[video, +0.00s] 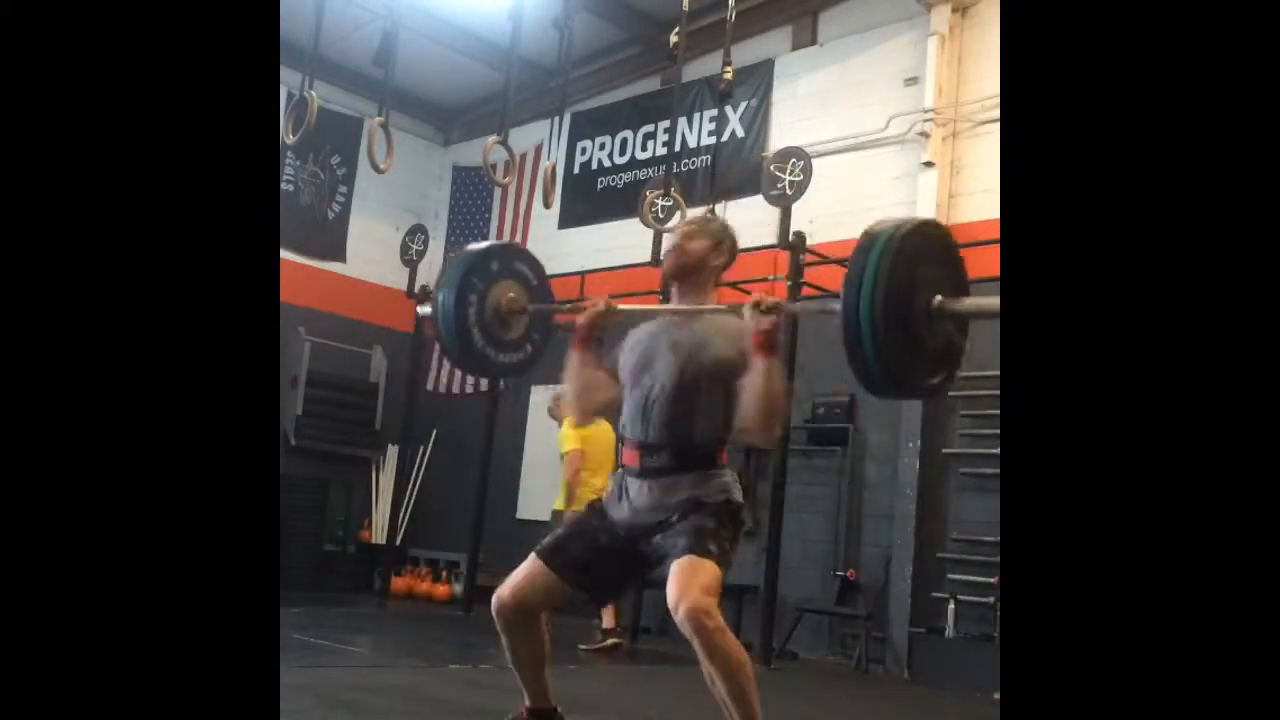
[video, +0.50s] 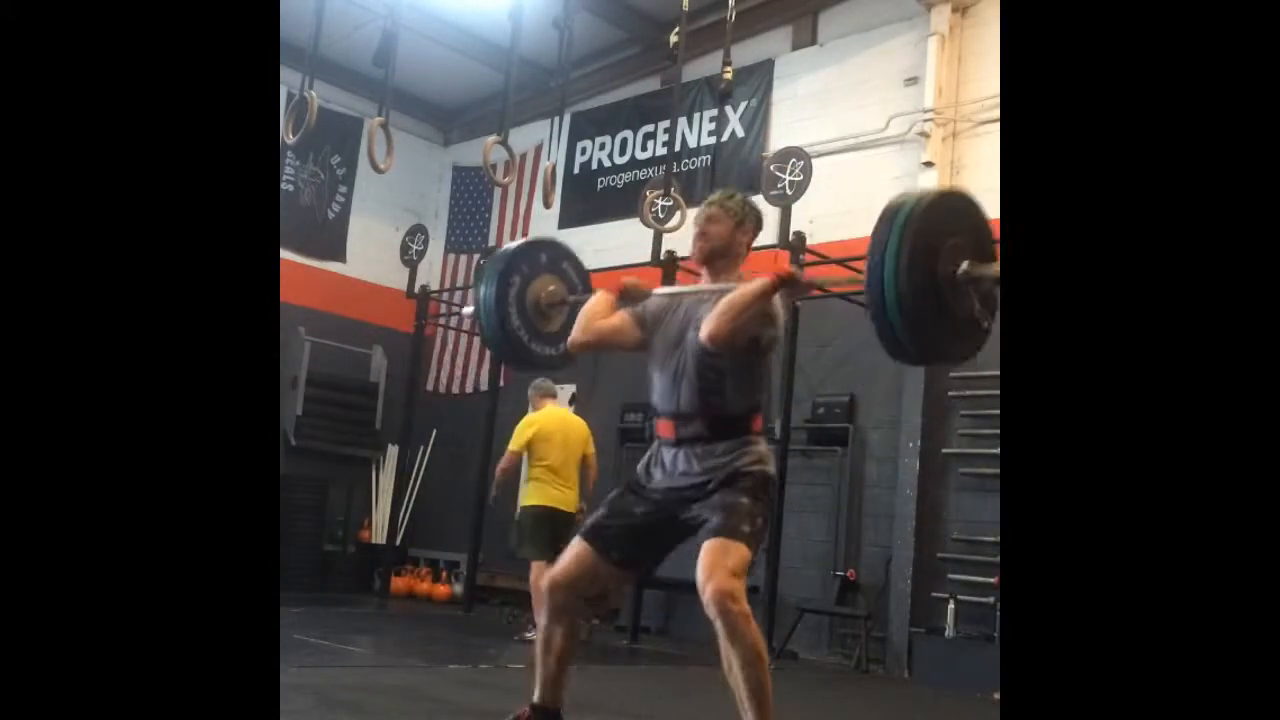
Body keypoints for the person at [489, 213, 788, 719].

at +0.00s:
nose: (672, 243)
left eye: (690, 234)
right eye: (673, 235)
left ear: (721, 255)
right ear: (666, 255)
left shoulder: (736, 329)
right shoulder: (641, 335)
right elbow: (581, 406)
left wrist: (765, 346)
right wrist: (583, 340)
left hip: (699, 499)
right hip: (625, 500)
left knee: (692, 609)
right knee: (511, 603)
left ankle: (749, 716)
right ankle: (539, 707)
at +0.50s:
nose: (699, 228)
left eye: (713, 220)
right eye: (698, 220)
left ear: (745, 233)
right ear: (695, 234)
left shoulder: (759, 299)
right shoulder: (665, 304)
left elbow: (714, 334)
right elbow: (582, 335)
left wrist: (770, 281)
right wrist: (611, 292)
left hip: (735, 463)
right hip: (664, 464)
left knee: (720, 590)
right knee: (560, 584)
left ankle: (758, 716)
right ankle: (544, 709)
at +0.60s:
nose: (709, 204)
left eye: (723, 195)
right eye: (709, 196)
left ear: (755, 208)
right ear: (705, 212)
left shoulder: (771, 268)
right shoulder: (676, 283)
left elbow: (729, 294)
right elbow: (587, 309)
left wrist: (779, 247)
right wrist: (622, 268)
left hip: (747, 439)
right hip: (678, 441)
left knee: (736, 585)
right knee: (597, 577)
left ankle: (762, 715)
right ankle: (566, 703)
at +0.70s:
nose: (715, 177)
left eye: (731, 169)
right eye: (713, 171)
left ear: (762, 187)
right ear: (708, 190)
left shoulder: (772, 251)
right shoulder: (683, 262)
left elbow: (741, 266)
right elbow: (593, 299)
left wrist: (789, 229)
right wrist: (628, 252)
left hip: (745, 433)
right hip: (679, 433)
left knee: (744, 580)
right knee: (618, 569)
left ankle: (768, 715)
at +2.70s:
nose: (690, 163)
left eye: (705, 155)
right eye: (689, 155)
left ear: (736, 173)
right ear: (683, 172)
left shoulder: (741, 237)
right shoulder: (655, 242)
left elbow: (709, 234)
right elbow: (559, 261)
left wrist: (764, 203)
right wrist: (606, 226)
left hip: (708, 417)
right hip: (640, 416)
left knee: (726, 579)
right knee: (628, 575)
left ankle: (739, 714)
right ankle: (604, 709)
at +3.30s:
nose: (680, 222)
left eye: (698, 220)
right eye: (681, 218)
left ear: (724, 248)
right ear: (672, 246)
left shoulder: (728, 307)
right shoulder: (641, 321)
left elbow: (686, 324)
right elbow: (545, 337)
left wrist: (740, 284)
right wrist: (590, 300)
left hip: (730, 485)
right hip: (663, 488)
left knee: (705, 594)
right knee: (561, 581)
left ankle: (732, 716)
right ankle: (595, 710)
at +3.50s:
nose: (671, 302)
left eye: (690, 298)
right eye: (671, 298)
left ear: (716, 323)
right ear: (661, 320)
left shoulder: (722, 389)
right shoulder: (632, 395)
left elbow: (676, 425)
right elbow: (538, 429)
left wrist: (731, 372)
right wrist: (577, 377)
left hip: (732, 547)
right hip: (657, 550)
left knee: (696, 601)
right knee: (546, 589)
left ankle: (727, 717)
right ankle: (595, 712)